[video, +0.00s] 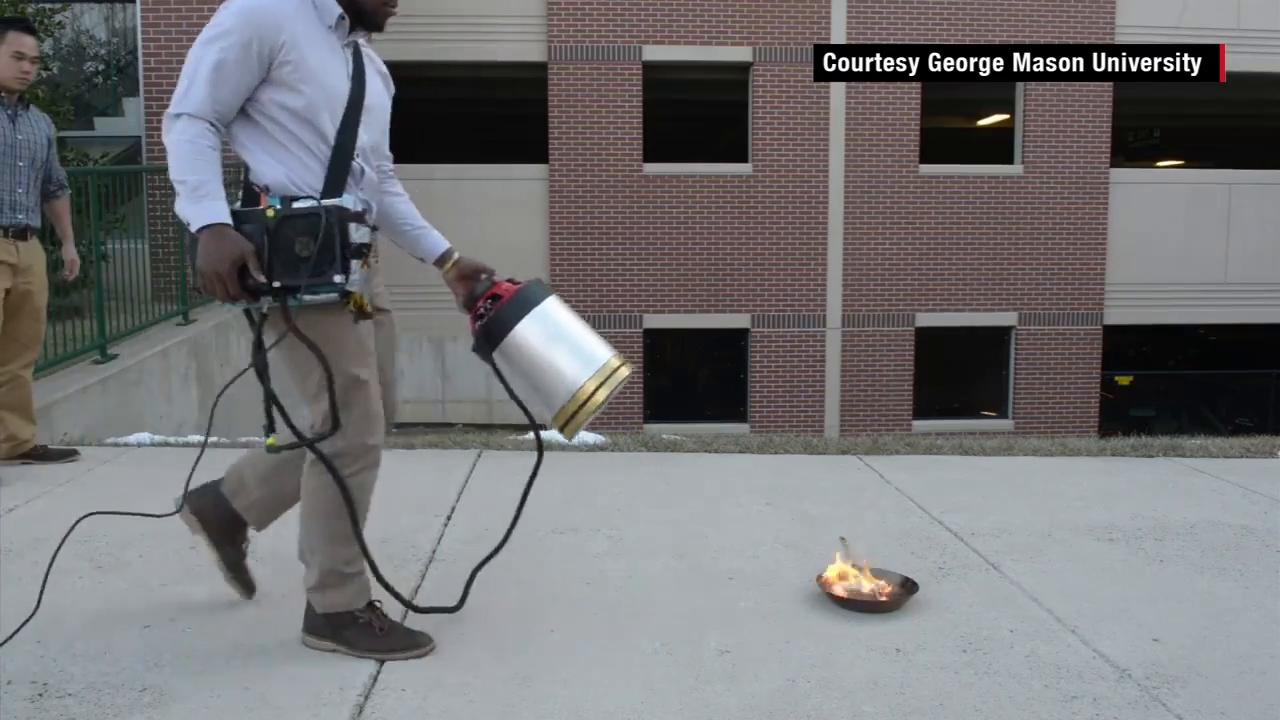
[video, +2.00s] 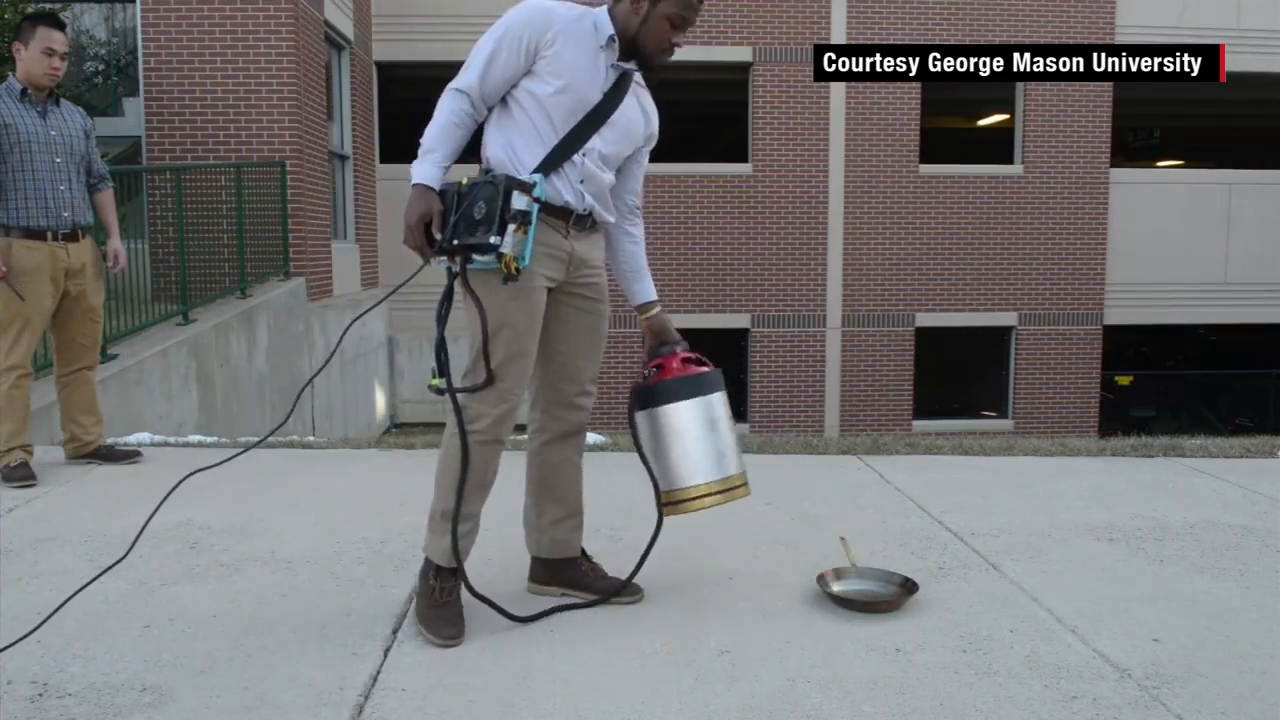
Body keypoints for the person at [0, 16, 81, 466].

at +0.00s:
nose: (28, 67)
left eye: (34, 60)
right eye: (19, 57)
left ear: (39, 66)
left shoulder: (41, 123)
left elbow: (55, 188)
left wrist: (67, 242)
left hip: (29, 250)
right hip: (2, 247)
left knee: (21, 353)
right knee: (12, 353)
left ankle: (17, 441)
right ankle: (13, 441)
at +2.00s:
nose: (59, 64)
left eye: (64, 56)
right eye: (49, 53)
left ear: (68, 63)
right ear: (18, 52)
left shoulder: (77, 117)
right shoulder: (3, 106)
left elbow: (99, 179)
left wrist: (114, 234)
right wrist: (0, 250)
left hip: (80, 250)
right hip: (20, 252)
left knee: (80, 357)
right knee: (16, 363)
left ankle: (86, 444)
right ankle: (13, 454)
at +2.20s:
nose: (58, 63)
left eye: (64, 56)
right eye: (48, 53)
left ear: (68, 63)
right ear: (17, 52)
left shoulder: (76, 117)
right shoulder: (3, 105)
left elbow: (98, 179)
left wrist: (113, 234)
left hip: (79, 250)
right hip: (21, 252)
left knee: (80, 357)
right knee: (15, 363)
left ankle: (86, 444)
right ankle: (13, 454)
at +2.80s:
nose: (52, 58)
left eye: (60, 52)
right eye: (42, 48)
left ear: (66, 60)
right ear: (15, 52)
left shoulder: (80, 116)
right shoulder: (3, 106)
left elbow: (102, 179)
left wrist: (115, 235)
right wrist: (1, 250)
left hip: (81, 249)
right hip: (21, 250)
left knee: (85, 352)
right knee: (17, 359)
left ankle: (86, 442)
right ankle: (13, 452)